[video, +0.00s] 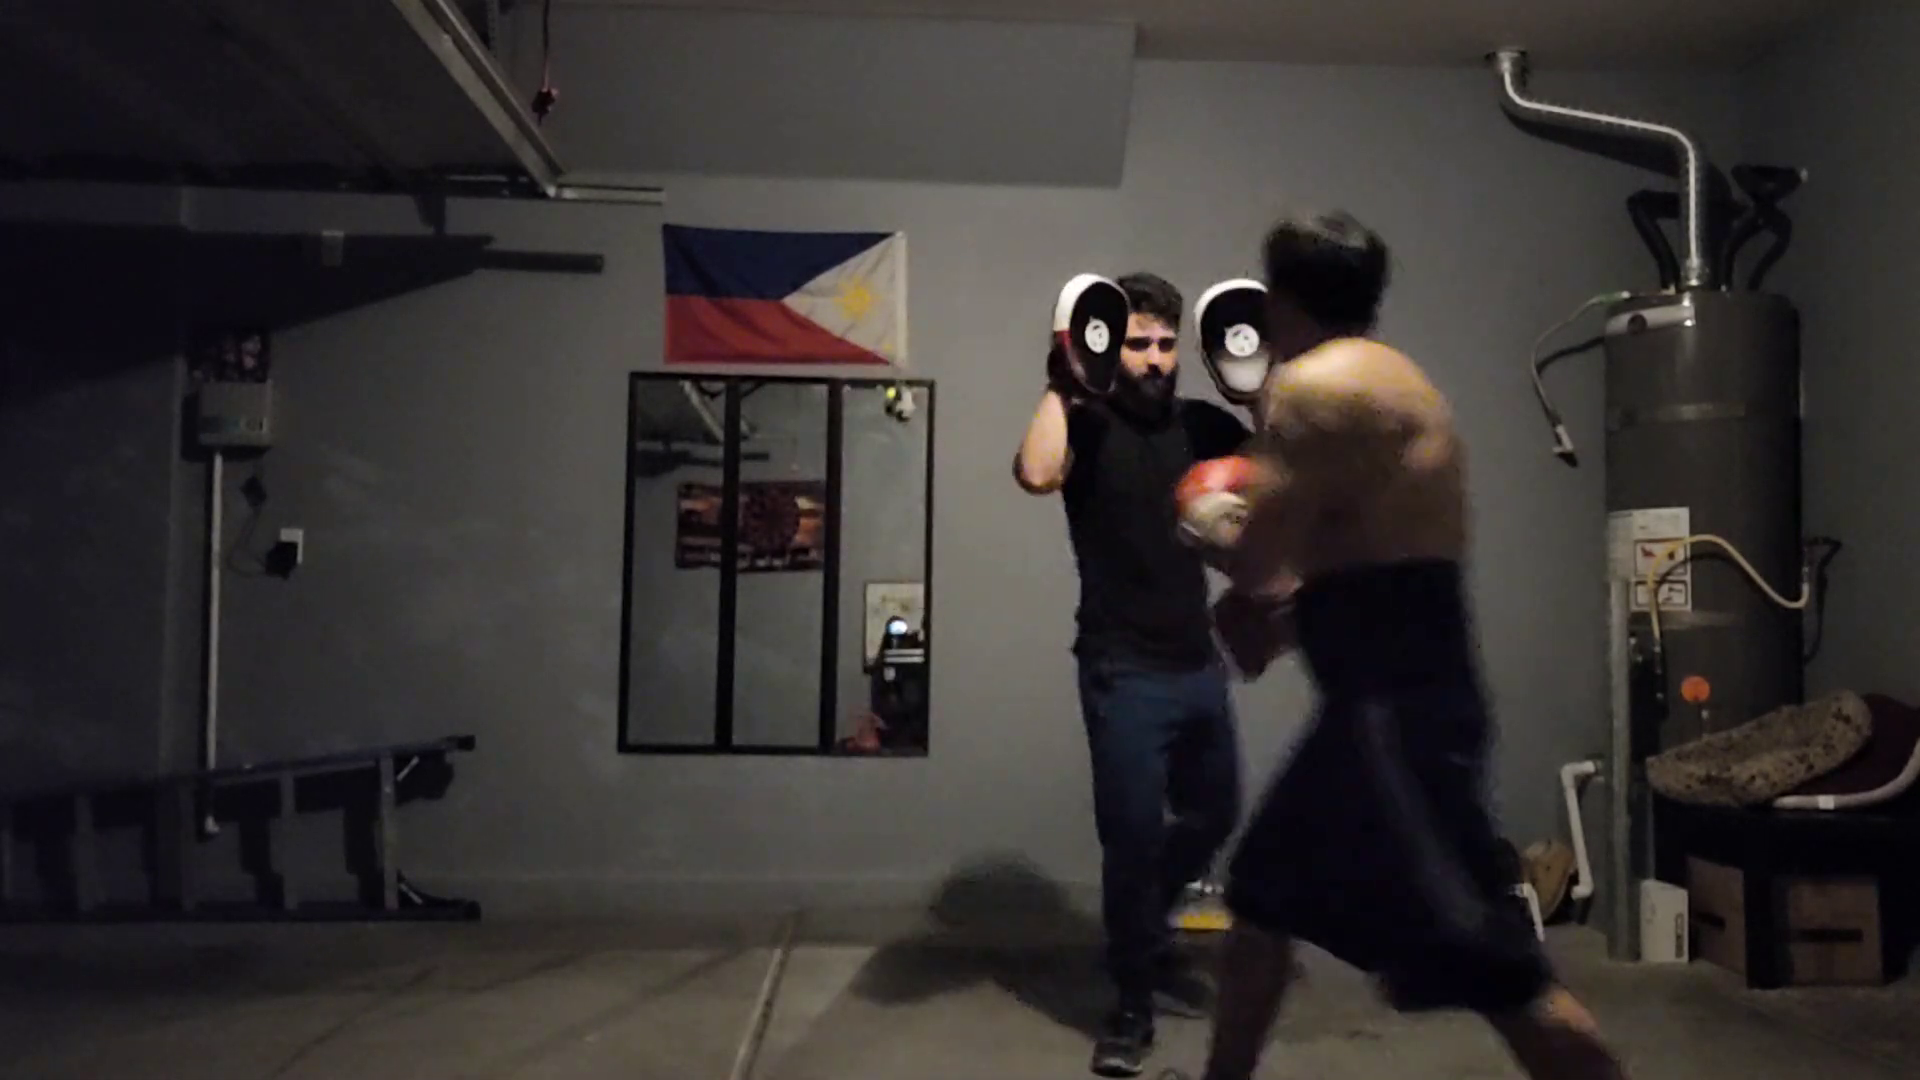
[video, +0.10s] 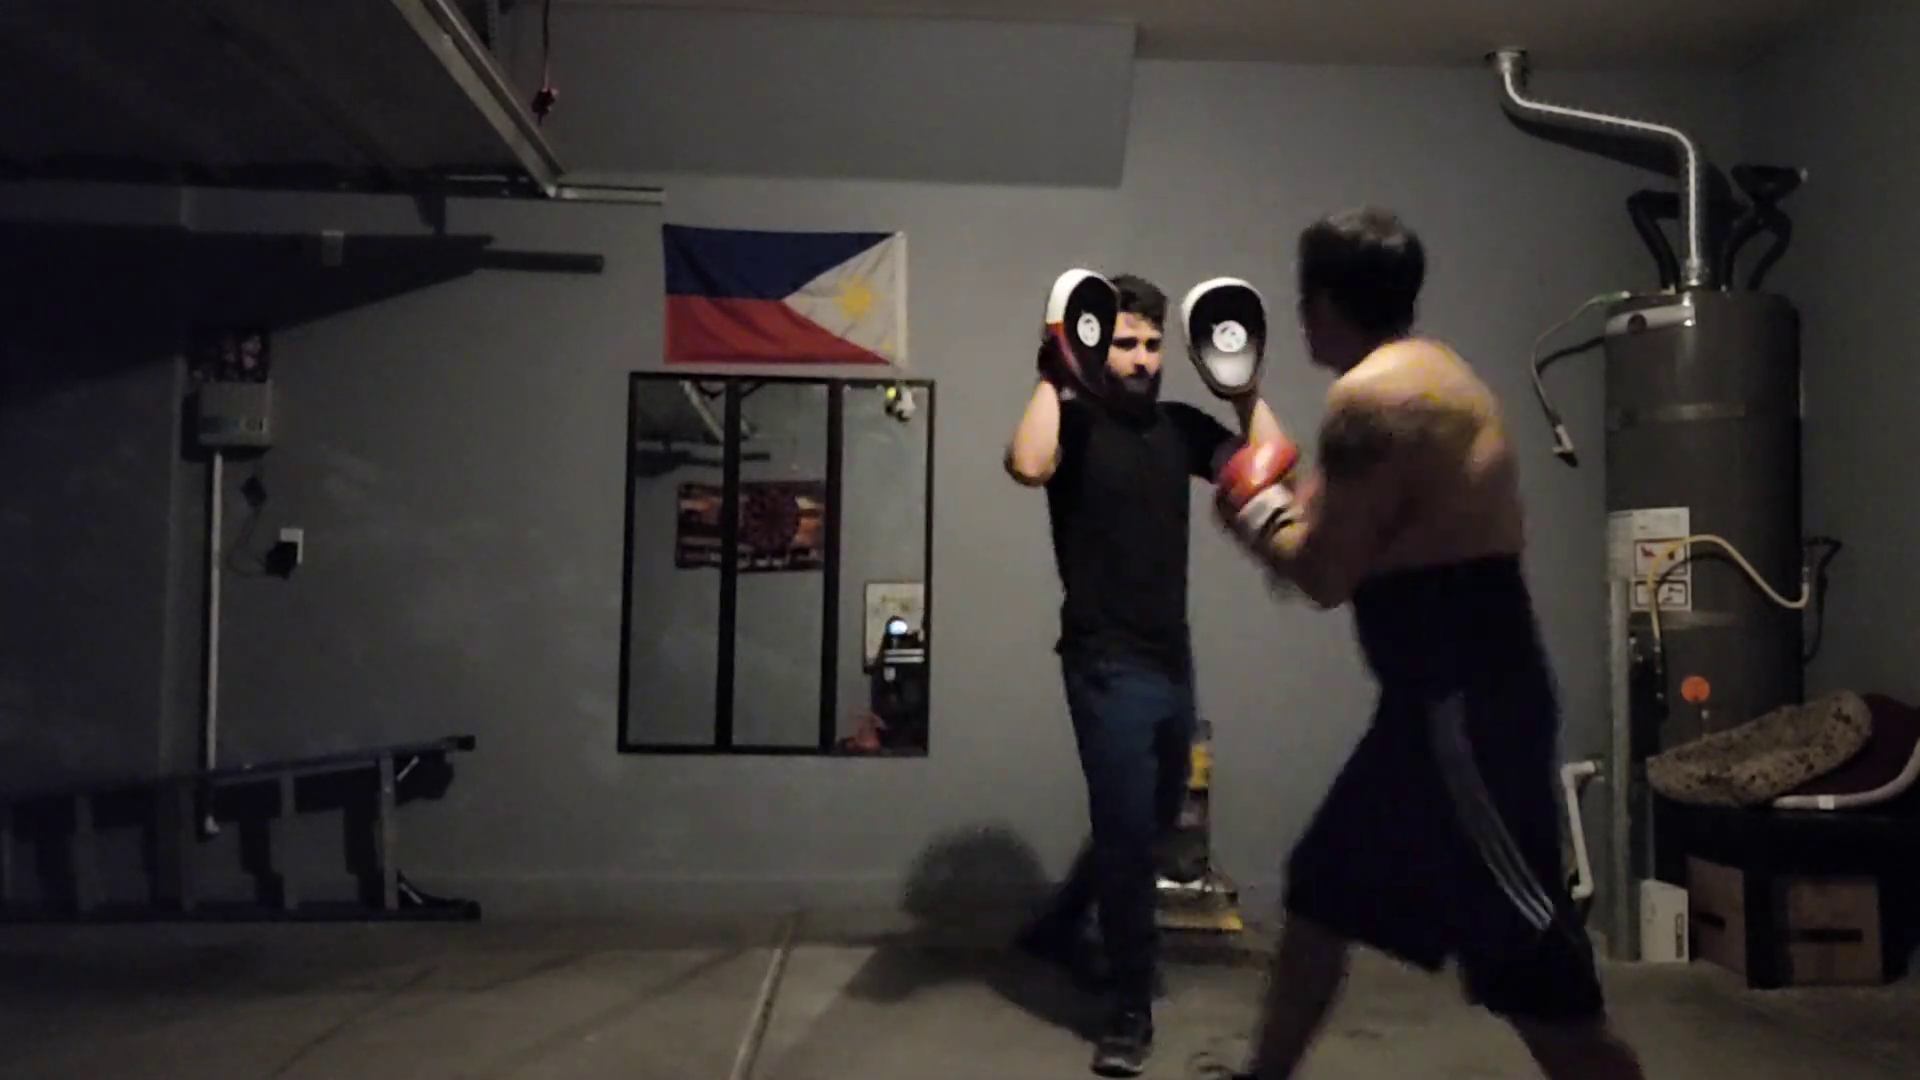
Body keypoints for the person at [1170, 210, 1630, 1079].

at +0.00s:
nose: (1264, 310)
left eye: (1270, 293)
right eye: (1267, 294)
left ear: (1285, 300)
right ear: (1361, 298)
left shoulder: (1310, 389)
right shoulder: (1406, 386)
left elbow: (1262, 557)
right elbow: (1389, 558)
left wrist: (1213, 522)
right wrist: (1279, 612)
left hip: (1388, 709)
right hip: (1419, 698)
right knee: (1262, 896)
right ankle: (1224, 1071)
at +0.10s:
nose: (1302, 315)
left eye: (1307, 298)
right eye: (1305, 297)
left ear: (1330, 306)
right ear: (1397, 298)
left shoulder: (1369, 398)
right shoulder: (1442, 378)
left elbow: (1325, 574)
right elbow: (1371, 539)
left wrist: (1257, 519)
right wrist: (1286, 513)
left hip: (1458, 697)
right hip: (1459, 690)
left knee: (1529, 958)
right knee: (1323, 886)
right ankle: (1267, 1068)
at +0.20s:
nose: (1326, 291)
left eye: (1331, 272)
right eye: (1326, 273)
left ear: (1362, 274)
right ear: (1420, 264)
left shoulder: (1405, 359)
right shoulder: (1470, 339)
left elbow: (1342, 529)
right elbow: (1417, 489)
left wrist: (1284, 456)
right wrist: (1330, 440)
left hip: (1490, 668)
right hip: (1464, 663)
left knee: (1550, 930)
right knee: (1365, 881)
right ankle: (1370, 1068)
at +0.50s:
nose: (1373, 318)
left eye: (1379, 296)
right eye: (1372, 296)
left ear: (1422, 292)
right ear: (1449, 286)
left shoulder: (1483, 369)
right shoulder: (1499, 360)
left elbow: (1407, 523)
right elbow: (1468, 494)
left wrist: (1324, 465)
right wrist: (1382, 449)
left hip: (1538, 673)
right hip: (1482, 668)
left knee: (1556, 930)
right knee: (1367, 851)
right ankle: (1413, 1045)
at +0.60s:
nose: (1363, 308)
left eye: (1374, 289)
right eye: (1366, 288)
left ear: (1416, 291)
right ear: (1433, 288)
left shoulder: (1501, 362)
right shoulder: (1450, 371)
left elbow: (1523, 500)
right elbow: (1440, 453)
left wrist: (1391, 489)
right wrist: (1359, 398)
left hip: (1535, 667)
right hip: (1464, 663)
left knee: (1566, 916)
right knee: (1390, 863)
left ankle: (1640, 1072)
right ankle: (1437, 1046)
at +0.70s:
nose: (1357, 314)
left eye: (1369, 298)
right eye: (1361, 298)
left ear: (1414, 307)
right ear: (1405, 307)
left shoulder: (1499, 370)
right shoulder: (1405, 383)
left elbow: (1572, 487)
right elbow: (1317, 383)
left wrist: (1425, 483)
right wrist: (1225, 320)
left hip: (1523, 665)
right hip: (1451, 666)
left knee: (1539, 915)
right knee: (1408, 875)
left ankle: (1617, 1071)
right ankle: (1451, 1054)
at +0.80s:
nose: (1353, 318)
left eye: (1361, 301)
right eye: (1355, 301)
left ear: (1397, 306)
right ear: (1416, 308)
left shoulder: (1473, 372)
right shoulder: (1415, 393)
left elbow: (1511, 488)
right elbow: (1347, 438)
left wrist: (1383, 464)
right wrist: (1272, 362)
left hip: (1505, 648)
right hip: (1453, 652)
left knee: (1511, 879)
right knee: (1415, 864)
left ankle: (1608, 1070)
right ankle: (1451, 1054)